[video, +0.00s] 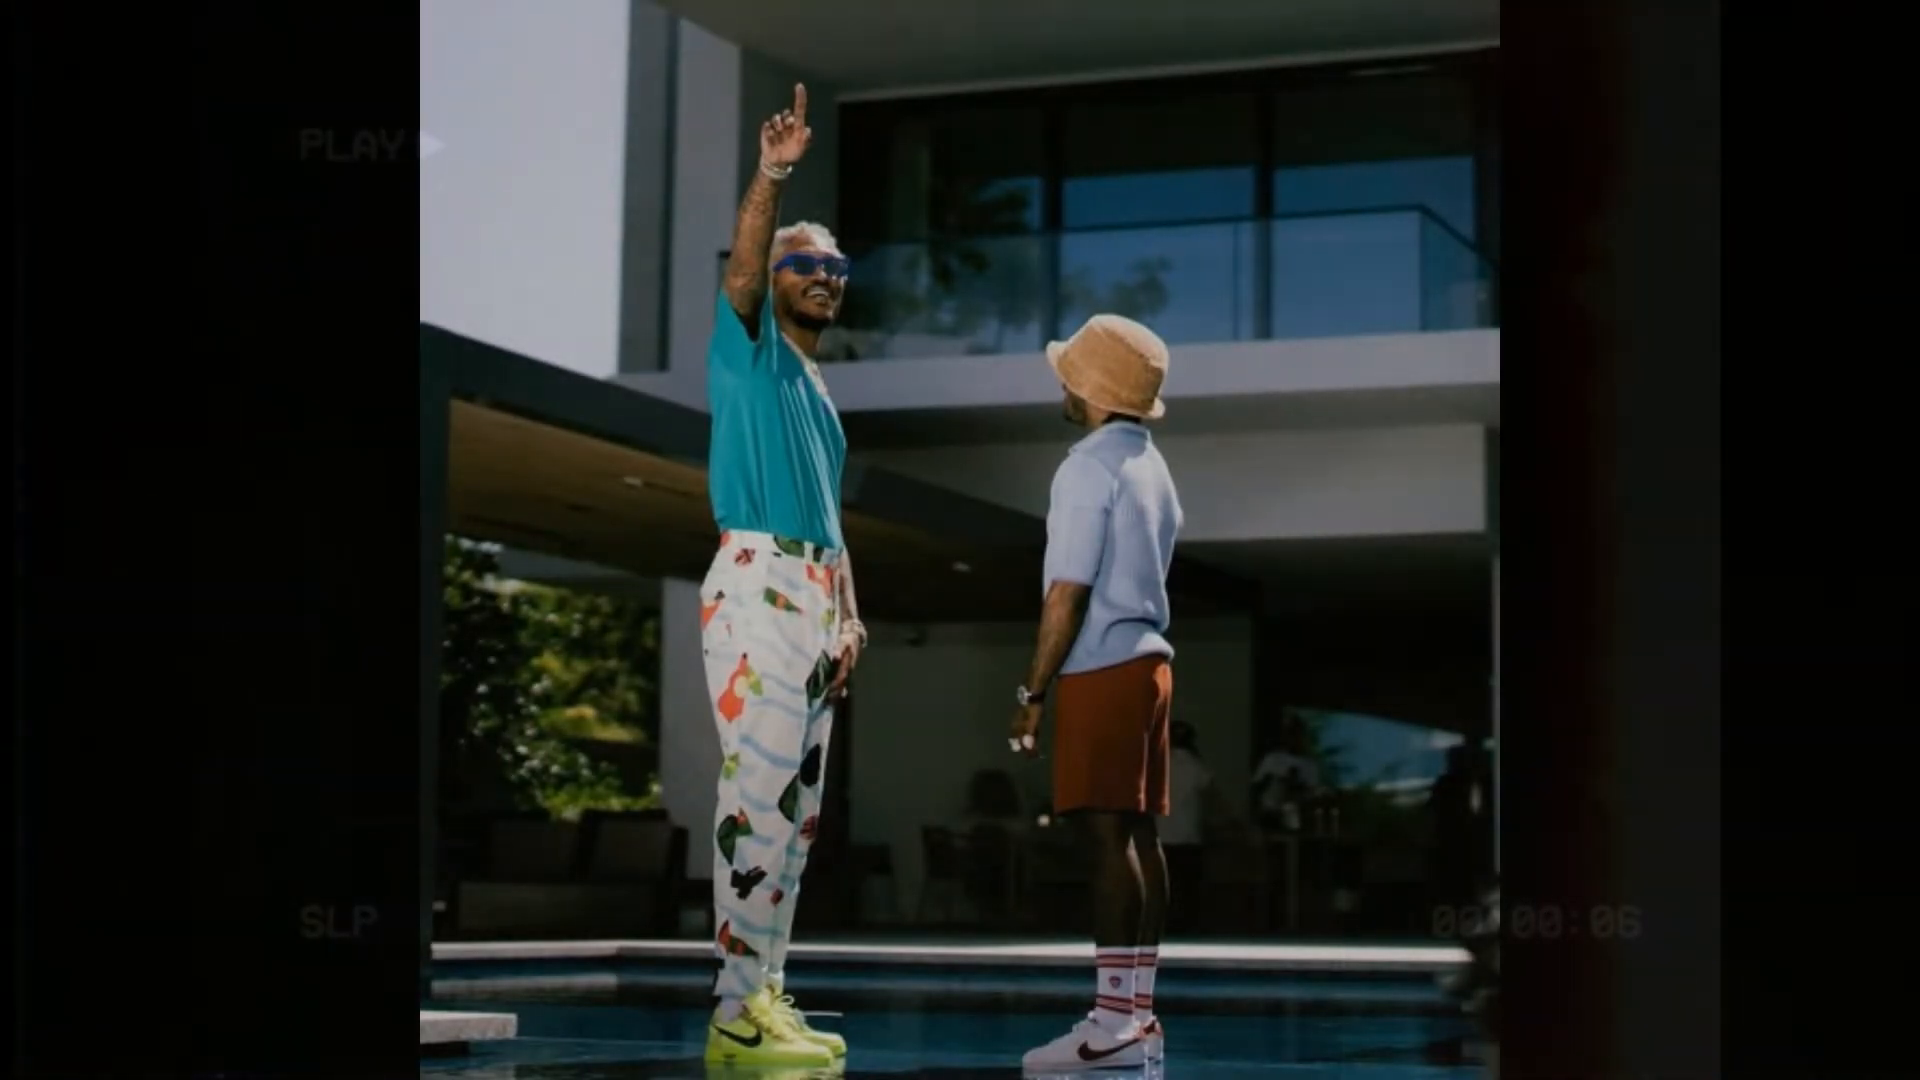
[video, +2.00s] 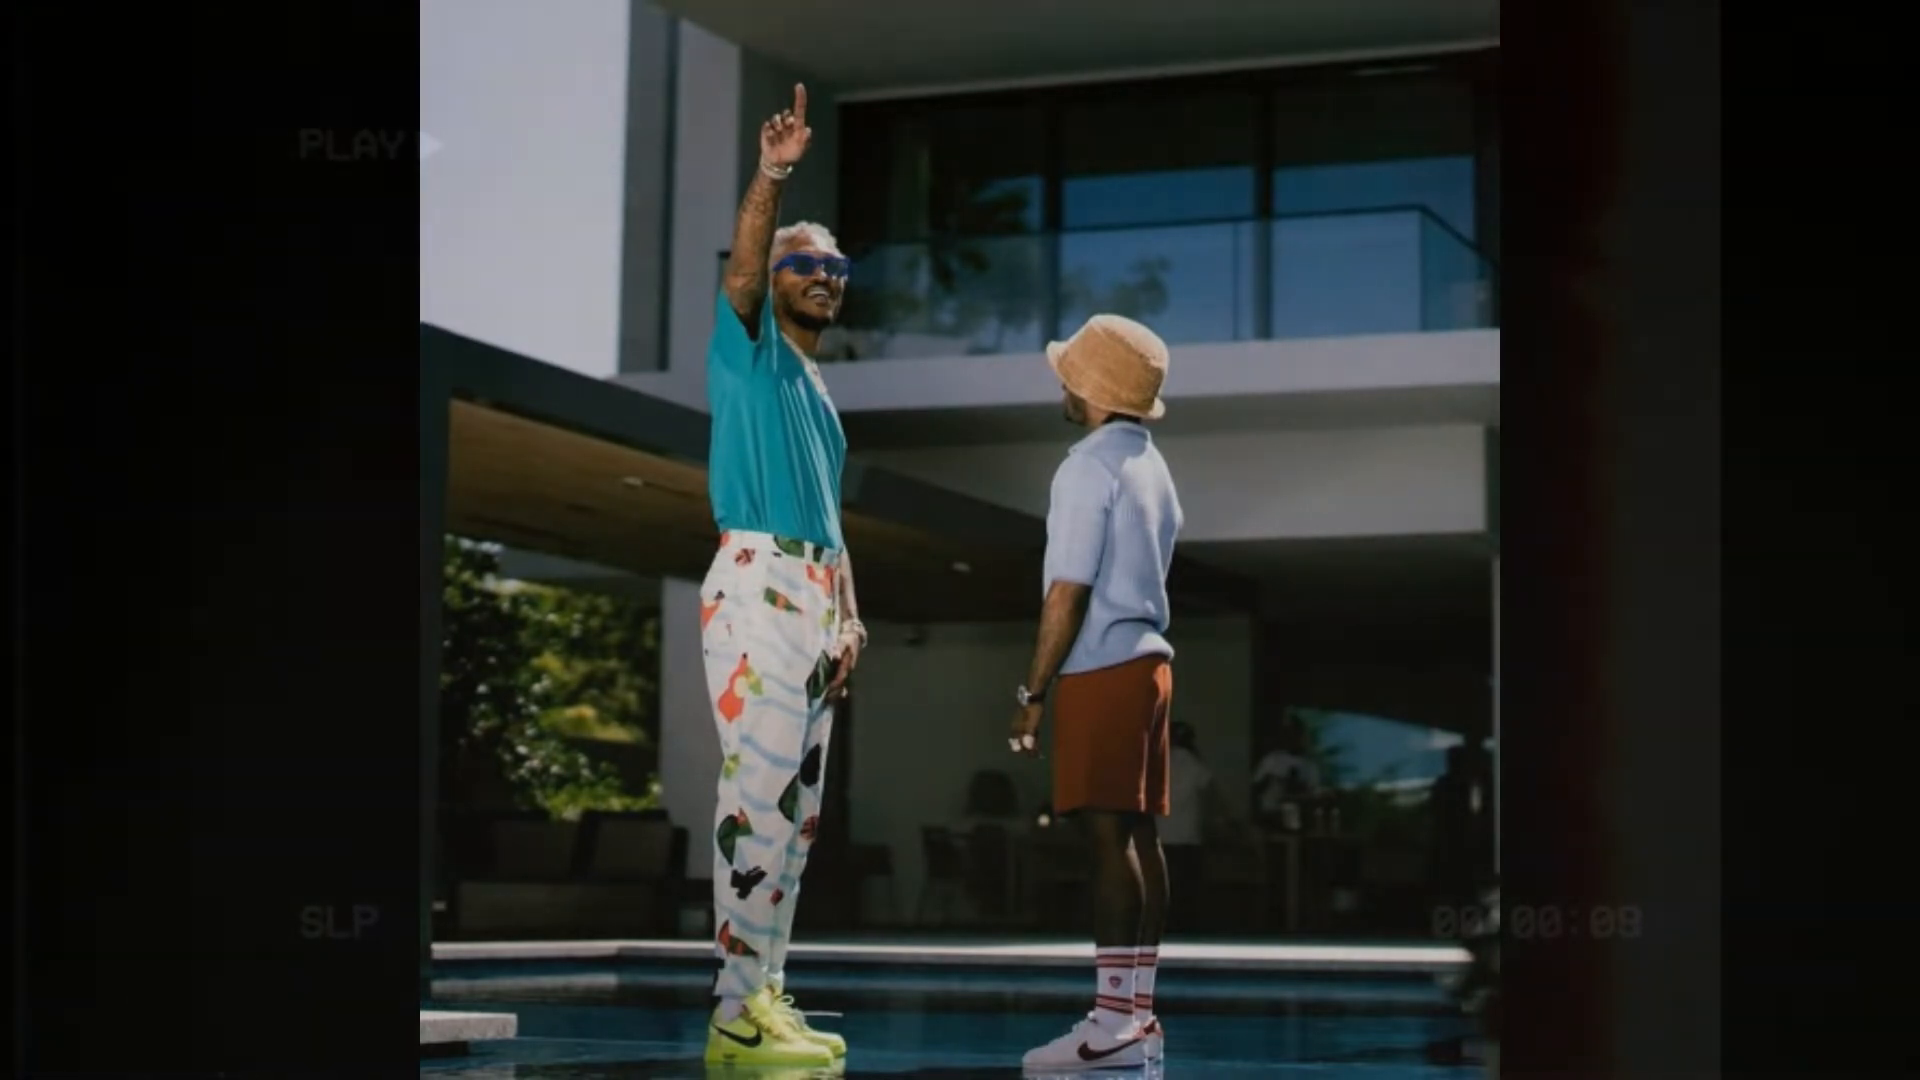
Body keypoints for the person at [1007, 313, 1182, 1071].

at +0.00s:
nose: (1064, 388)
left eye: (1072, 378)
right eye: (1069, 376)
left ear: (1091, 391)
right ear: (1131, 394)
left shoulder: (1088, 468)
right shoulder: (1148, 463)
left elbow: (1067, 595)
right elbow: (1147, 577)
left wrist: (1031, 691)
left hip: (1104, 670)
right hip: (1146, 666)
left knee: (1108, 838)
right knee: (1139, 837)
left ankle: (1116, 1014)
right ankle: (1135, 1011)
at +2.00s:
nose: (1064, 387)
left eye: (1072, 377)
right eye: (1068, 376)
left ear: (1092, 390)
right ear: (1130, 394)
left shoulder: (1088, 468)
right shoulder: (1148, 463)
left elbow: (1067, 594)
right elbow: (1149, 576)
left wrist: (1032, 691)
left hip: (1104, 669)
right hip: (1146, 665)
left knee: (1108, 838)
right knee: (1139, 838)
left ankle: (1116, 1015)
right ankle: (1135, 1012)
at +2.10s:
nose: (1064, 388)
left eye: (1072, 378)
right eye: (1068, 376)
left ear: (1092, 391)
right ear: (1130, 394)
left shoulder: (1087, 468)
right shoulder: (1148, 463)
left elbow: (1067, 594)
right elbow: (1149, 577)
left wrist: (1032, 691)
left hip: (1104, 670)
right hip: (1146, 666)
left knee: (1109, 839)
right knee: (1140, 838)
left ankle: (1116, 1015)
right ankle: (1135, 1012)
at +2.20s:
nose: (1064, 388)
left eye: (1071, 378)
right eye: (1068, 376)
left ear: (1092, 391)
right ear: (1130, 394)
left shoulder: (1087, 468)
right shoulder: (1148, 463)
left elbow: (1067, 595)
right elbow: (1150, 576)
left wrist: (1032, 691)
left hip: (1104, 669)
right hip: (1147, 666)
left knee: (1109, 838)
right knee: (1139, 838)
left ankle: (1116, 1015)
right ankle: (1135, 1012)